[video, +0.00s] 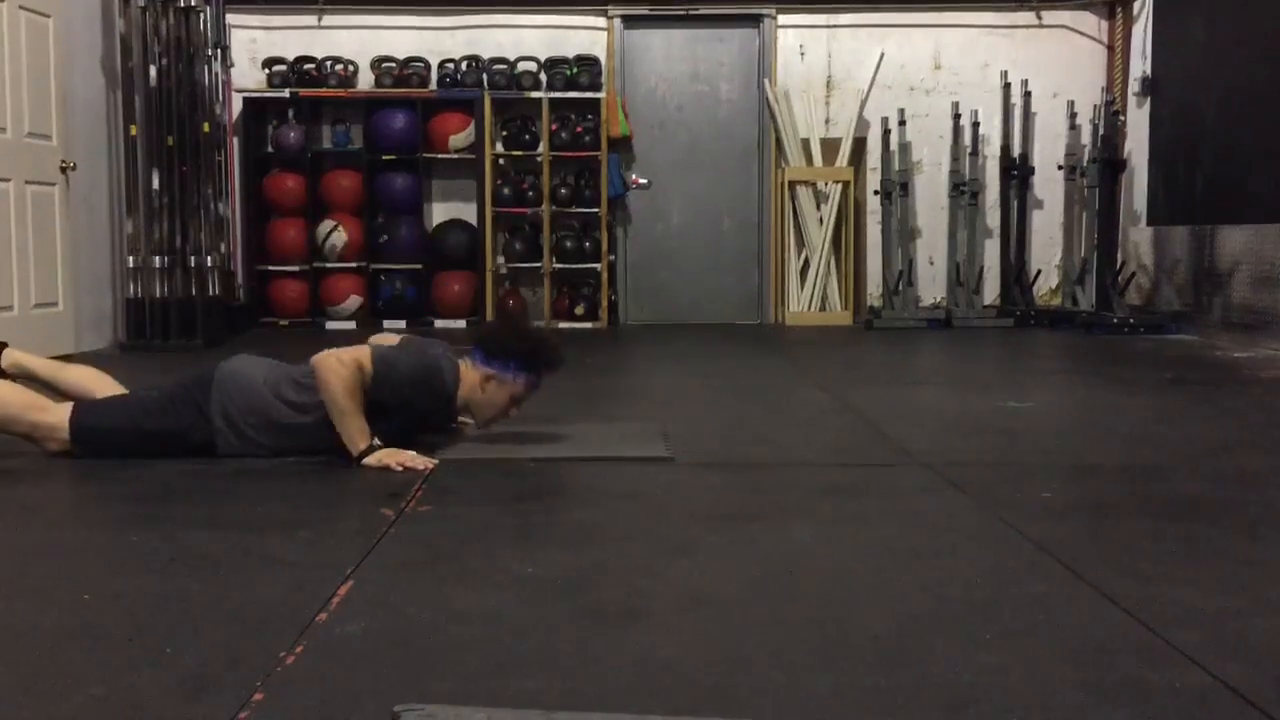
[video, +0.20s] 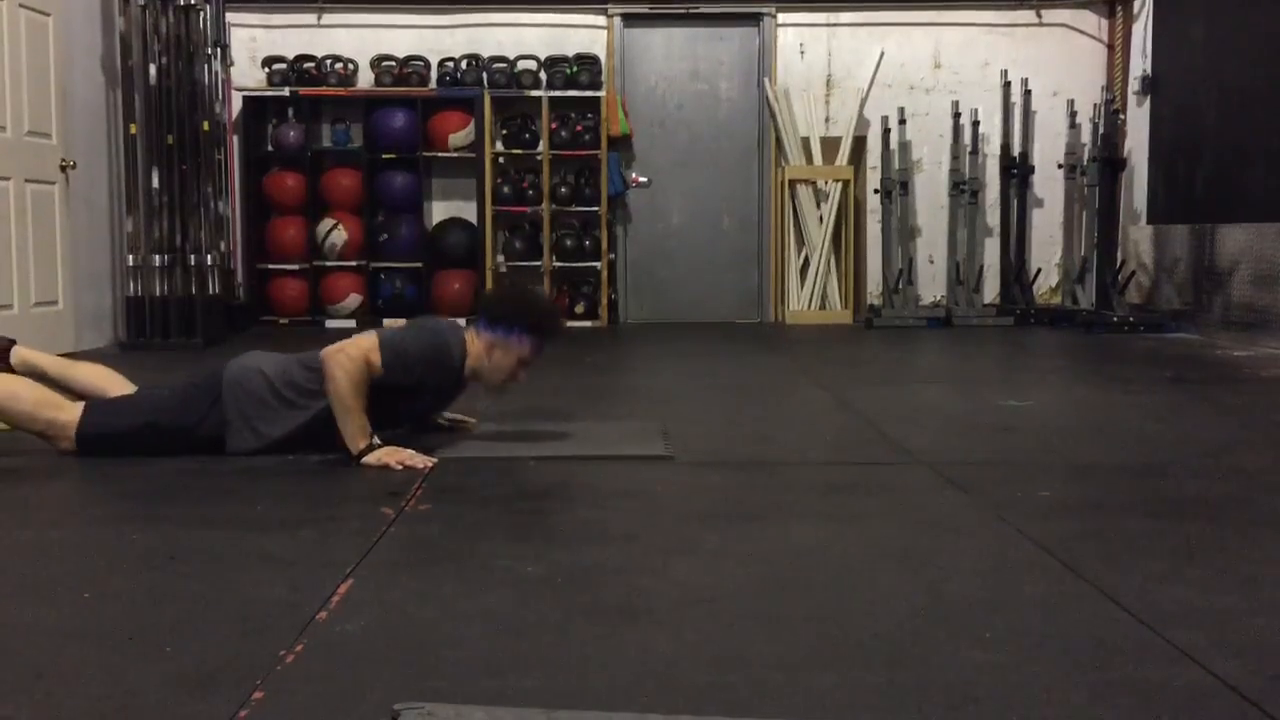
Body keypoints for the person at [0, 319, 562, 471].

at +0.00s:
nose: (514, 411)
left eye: (521, 401)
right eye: (518, 398)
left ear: (492, 369)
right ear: (494, 374)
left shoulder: (443, 368)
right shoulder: (432, 367)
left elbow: (352, 363)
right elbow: (331, 364)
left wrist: (414, 420)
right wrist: (368, 448)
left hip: (243, 390)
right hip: (227, 406)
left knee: (114, 403)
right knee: (59, 425)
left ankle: (13, 357)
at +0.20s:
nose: (522, 372)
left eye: (528, 363)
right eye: (522, 359)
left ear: (498, 335)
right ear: (496, 337)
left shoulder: (454, 348)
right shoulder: (440, 346)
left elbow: (364, 370)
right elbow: (340, 360)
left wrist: (423, 412)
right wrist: (367, 447)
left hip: (253, 385)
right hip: (242, 402)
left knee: (124, 401)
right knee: (72, 428)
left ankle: (15, 353)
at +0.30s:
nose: (514, 312)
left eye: (519, 301)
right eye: (512, 297)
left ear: (482, 281)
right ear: (476, 278)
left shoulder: (439, 305)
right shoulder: (420, 304)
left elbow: (387, 355)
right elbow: (339, 354)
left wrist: (419, 408)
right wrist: (366, 448)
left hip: (250, 379)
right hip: (236, 390)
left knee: (129, 401)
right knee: (77, 424)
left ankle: (21, 360)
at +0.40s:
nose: (509, 279)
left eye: (517, 269)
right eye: (512, 265)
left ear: (484, 240)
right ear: (484, 241)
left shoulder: (432, 262)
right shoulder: (416, 266)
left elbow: (410, 340)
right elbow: (353, 343)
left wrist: (421, 413)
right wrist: (366, 444)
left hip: (243, 335)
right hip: (237, 350)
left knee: (137, 376)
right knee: (96, 410)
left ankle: (16, 360)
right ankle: (1, 383)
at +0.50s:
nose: (525, 270)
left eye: (535, 262)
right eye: (530, 256)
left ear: (508, 229)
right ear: (506, 226)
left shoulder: (452, 243)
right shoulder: (434, 242)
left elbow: (430, 331)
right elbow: (381, 338)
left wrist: (421, 417)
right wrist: (367, 444)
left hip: (257, 292)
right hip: (247, 291)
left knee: (120, 356)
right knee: (113, 362)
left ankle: (11, 376)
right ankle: (7, 376)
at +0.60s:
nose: (518, 280)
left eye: (529, 275)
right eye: (525, 267)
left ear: (511, 237)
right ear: (508, 233)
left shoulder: (459, 237)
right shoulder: (437, 232)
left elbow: (431, 329)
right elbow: (384, 335)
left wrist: (422, 418)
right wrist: (369, 442)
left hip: (277, 230)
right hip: (249, 209)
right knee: (180, 336)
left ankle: (88, 360)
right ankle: (18, 361)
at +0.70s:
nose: (492, 270)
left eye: (503, 266)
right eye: (499, 259)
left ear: (490, 231)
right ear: (483, 226)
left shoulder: (439, 225)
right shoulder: (408, 222)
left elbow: (418, 319)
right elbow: (373, 335)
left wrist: (422, 406)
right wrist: (369, 442)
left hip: (288, 168)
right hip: (245, 159)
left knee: (321, 305)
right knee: (280, 301)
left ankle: (209, 363)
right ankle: (147, 378)